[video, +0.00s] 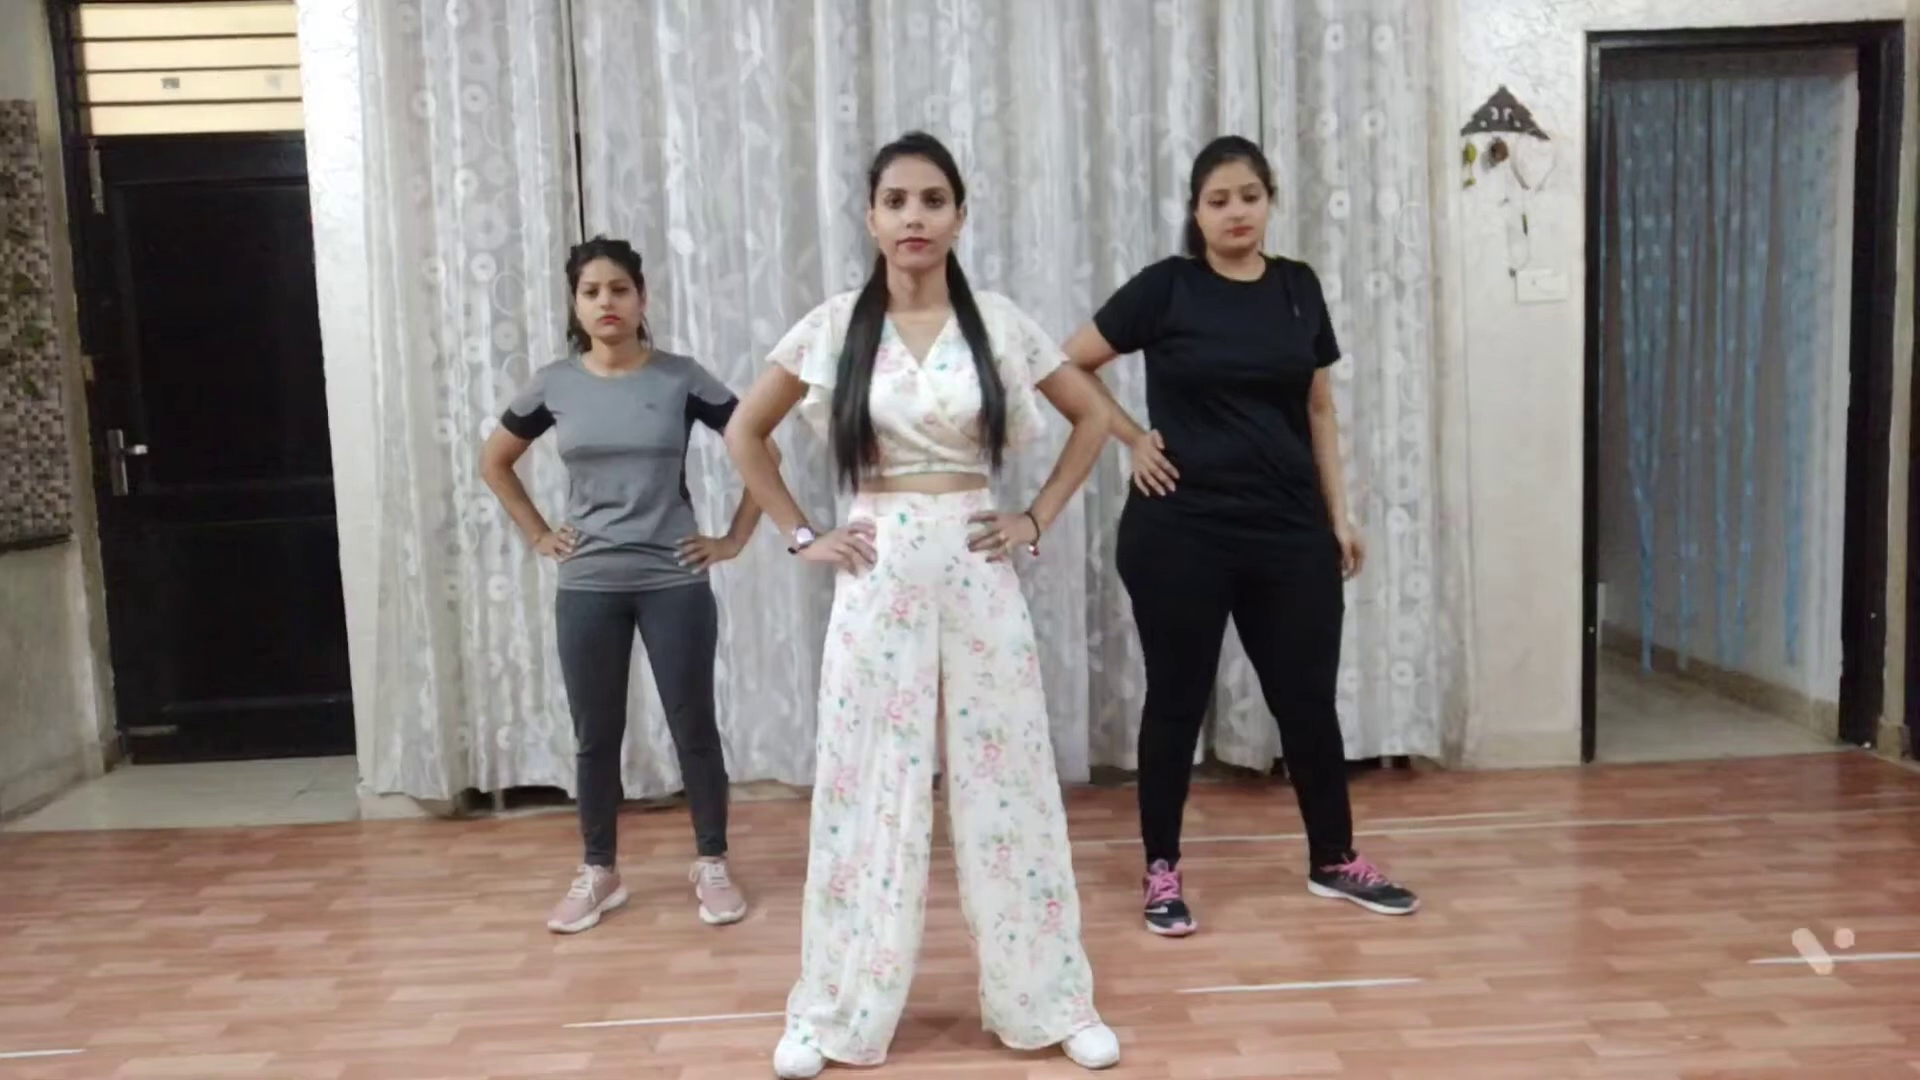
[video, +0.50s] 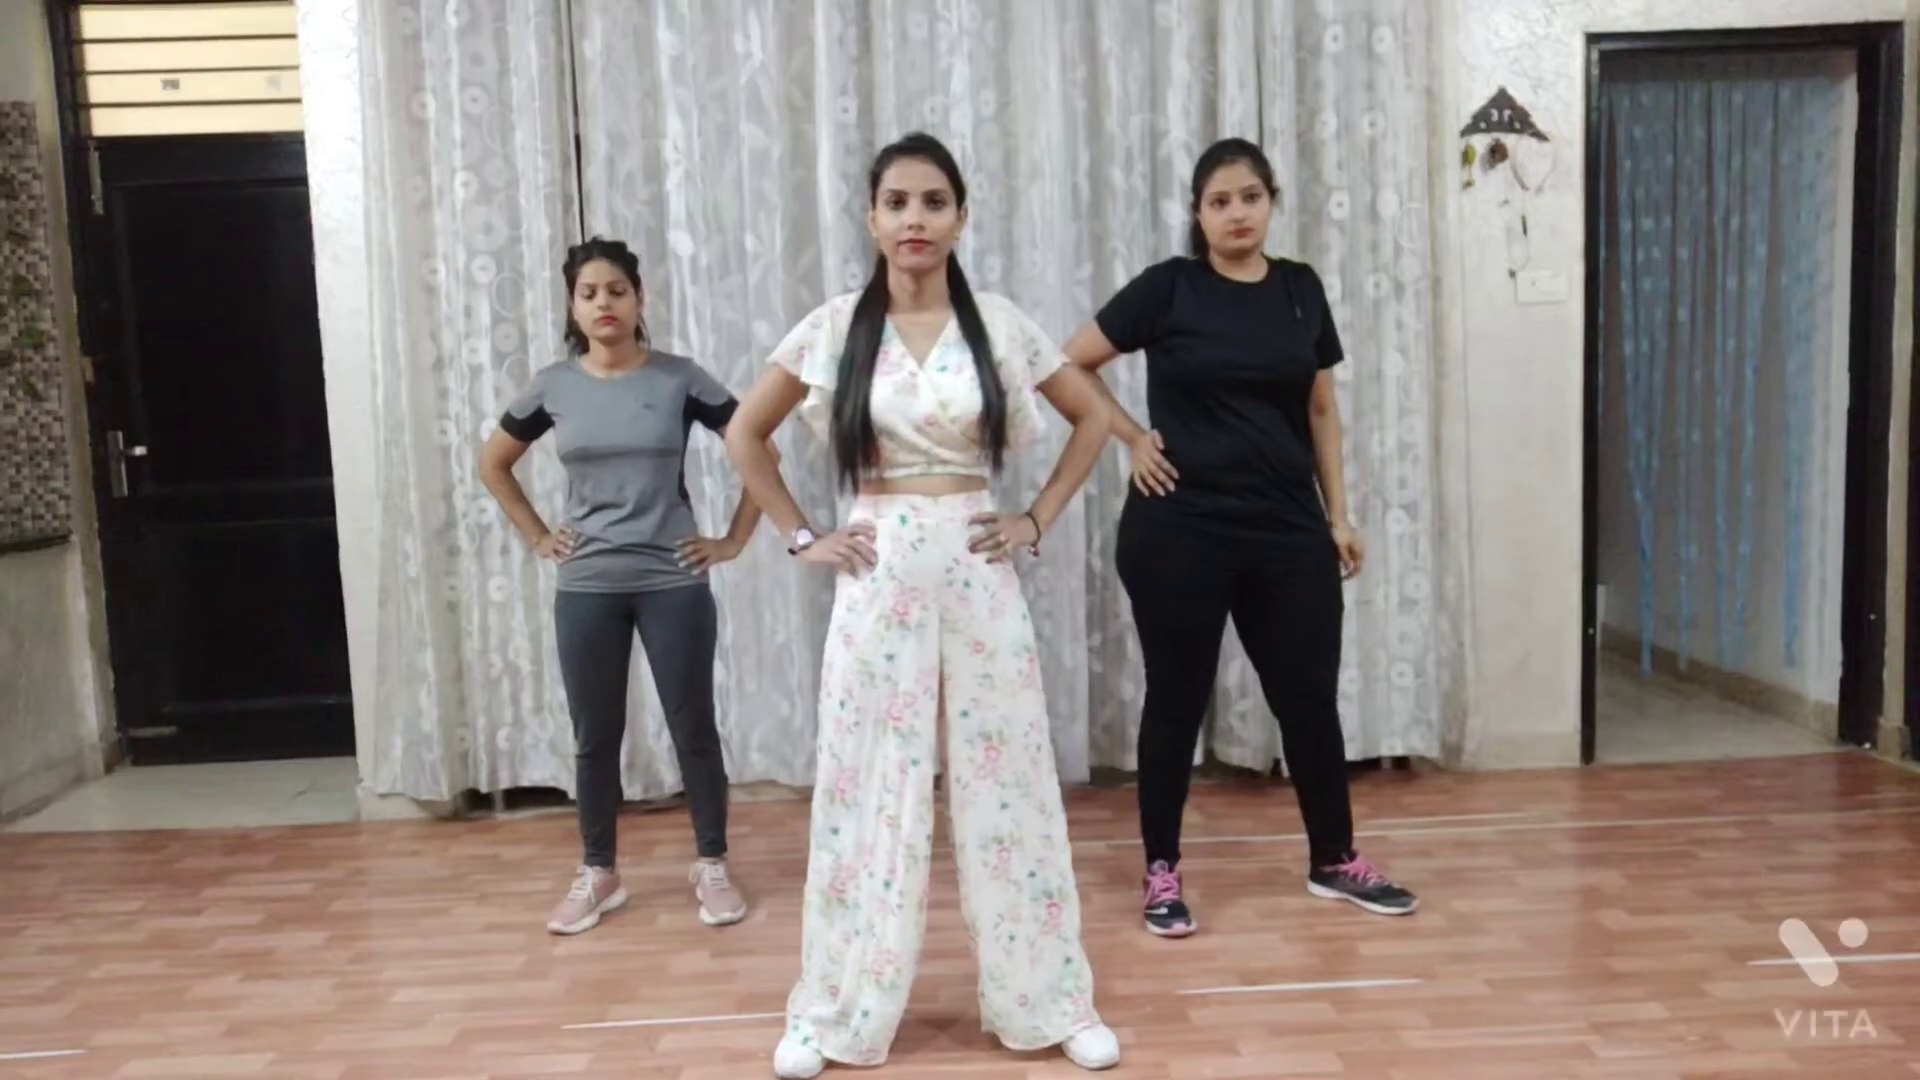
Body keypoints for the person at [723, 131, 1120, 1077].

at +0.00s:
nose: (914, 219)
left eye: (932, 201)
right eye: (896, 201)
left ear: (958, 215)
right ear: (871, 216)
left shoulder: (997, 324)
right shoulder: (834, 327)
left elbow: (1097, 419)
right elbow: (742, 434)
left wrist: (1035, 518)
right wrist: (806, 534)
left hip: (982, 577)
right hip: (880, 580)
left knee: (1007, 789)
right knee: (862, 793)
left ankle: (1046, 1000)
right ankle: (831, 1012)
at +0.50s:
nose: (914, 221)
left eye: (933, 203)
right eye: (897, 203)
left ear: (959, 216)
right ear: (872, 217)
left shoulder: (997, 326)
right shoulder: (834, 328)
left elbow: (1098, 420)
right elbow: (743, 435)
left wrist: (1035, 519)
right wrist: (806, 535)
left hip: (982, 579)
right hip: (880, 582)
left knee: (1008, 789)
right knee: (863, 793)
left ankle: (1047, 1000)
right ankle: (832, 1013)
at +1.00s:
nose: (916, 222)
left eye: (935, 203)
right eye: (898, 203)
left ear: (961, 216)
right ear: (873, 216)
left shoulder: (999, 326)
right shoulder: (836, 328)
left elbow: (1100, 419)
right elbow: (743, 435)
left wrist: (1037, 518)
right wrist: (805, 540)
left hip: (983, 578)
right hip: (880, 581)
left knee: (1008, 789)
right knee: (863, 793)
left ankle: (1048, 1000)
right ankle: (833, 1012)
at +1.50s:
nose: (918, 223)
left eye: (936, 205)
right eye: (900, 204)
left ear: (962, 217)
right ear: (874, 217)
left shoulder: (1000, 326)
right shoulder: (836, 328)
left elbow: (1101, 421)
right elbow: (745, 437)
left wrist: (1037, 518)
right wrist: (806, 541)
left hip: (983, 576)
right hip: (881, 579)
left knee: (1009, 788)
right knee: (864, 792)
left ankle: (1048, 1000)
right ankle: (834, 1011)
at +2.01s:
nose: (921, 224)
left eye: (940, 205)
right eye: (903, 205)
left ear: (966, 217)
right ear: (878, 217)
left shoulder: (1003, 326)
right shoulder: (841, 327)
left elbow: (1104, 421)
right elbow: (747, 435)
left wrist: (1040, 517)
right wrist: (808, 540)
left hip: (987, 576)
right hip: (884, 579)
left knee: (1012, 789)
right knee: (865, 792)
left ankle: (1048, 1001)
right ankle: (834, 1013)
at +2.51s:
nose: (900, 247)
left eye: (919, 230)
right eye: (883, 229)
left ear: (945, 247)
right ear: (857, 243)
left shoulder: (981, 350)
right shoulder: (815, 355)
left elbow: (1102, 424)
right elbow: (754, 477)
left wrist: (1045, 531)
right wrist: (817, 585)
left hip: (996, 593)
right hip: (890, 603)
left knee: (1031, 797)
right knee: (856, 807)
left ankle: (1061, 1012)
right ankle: (835, 1016)